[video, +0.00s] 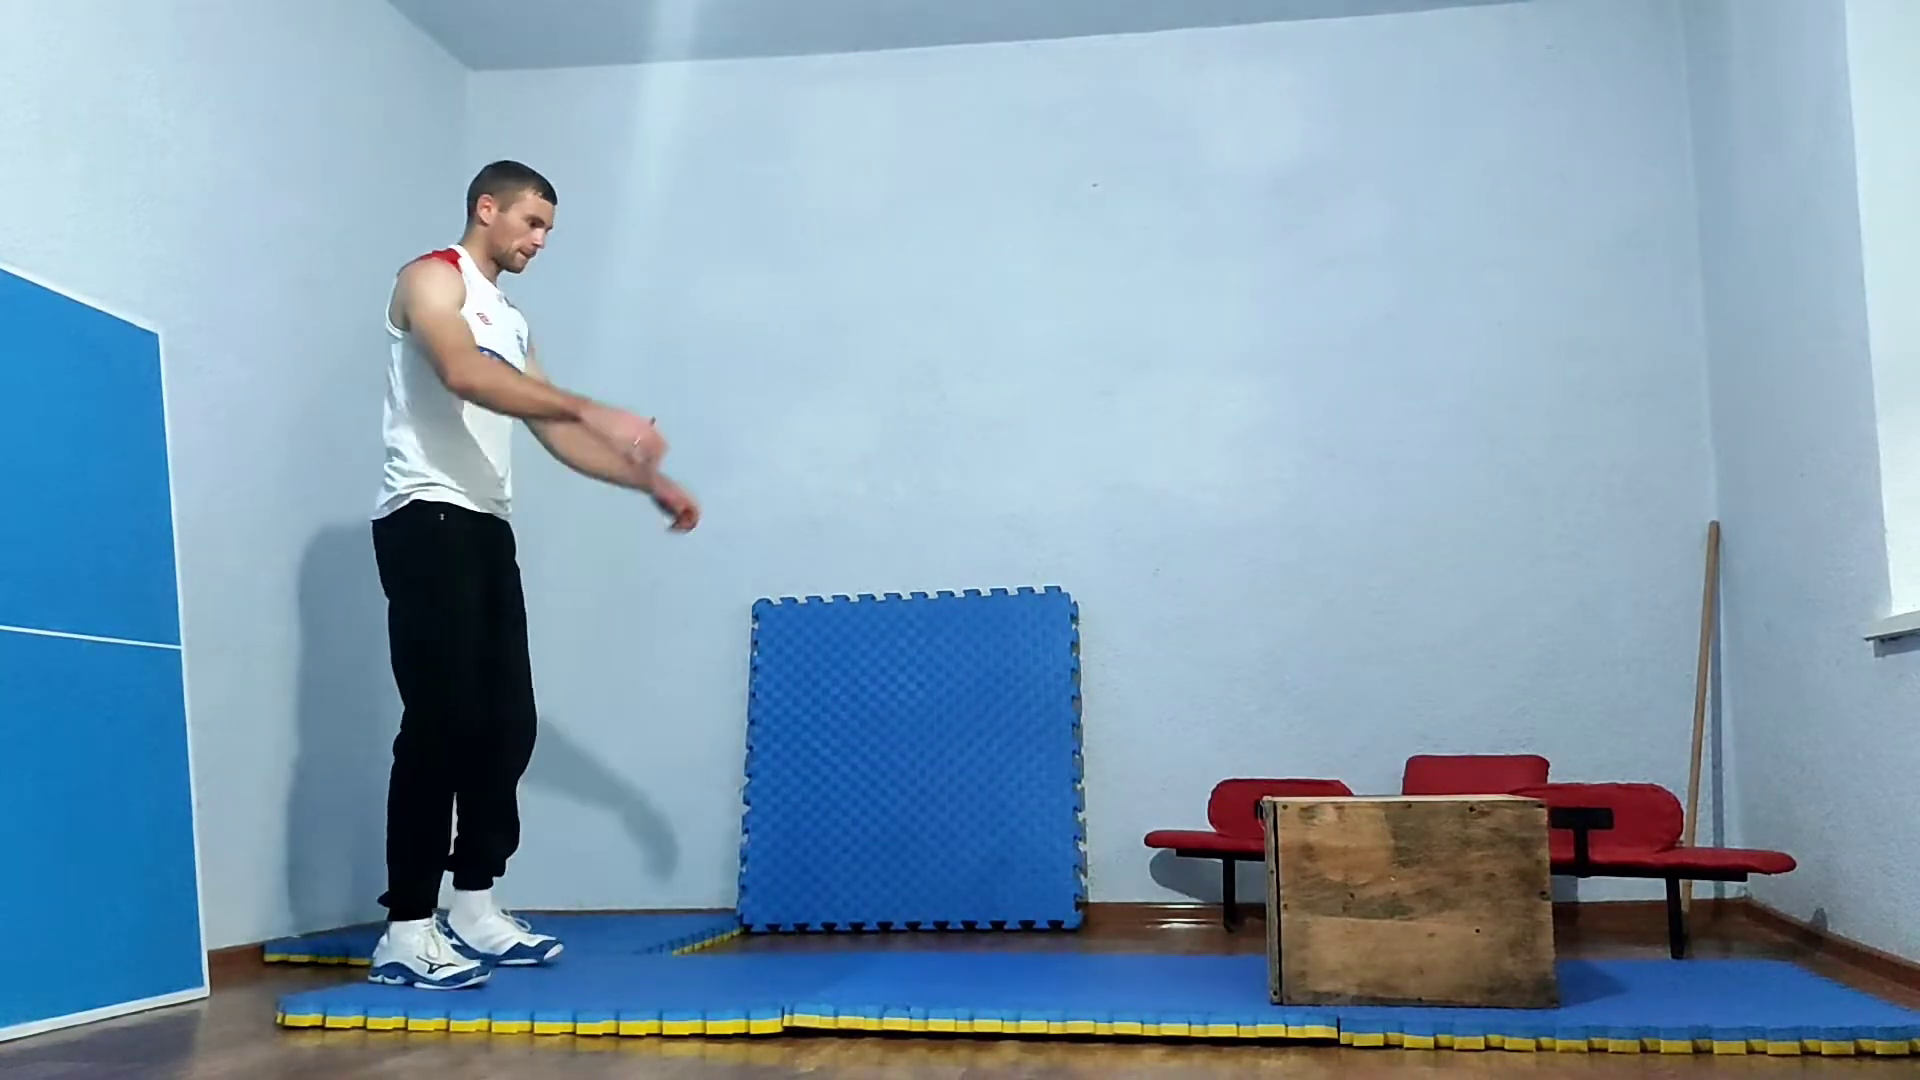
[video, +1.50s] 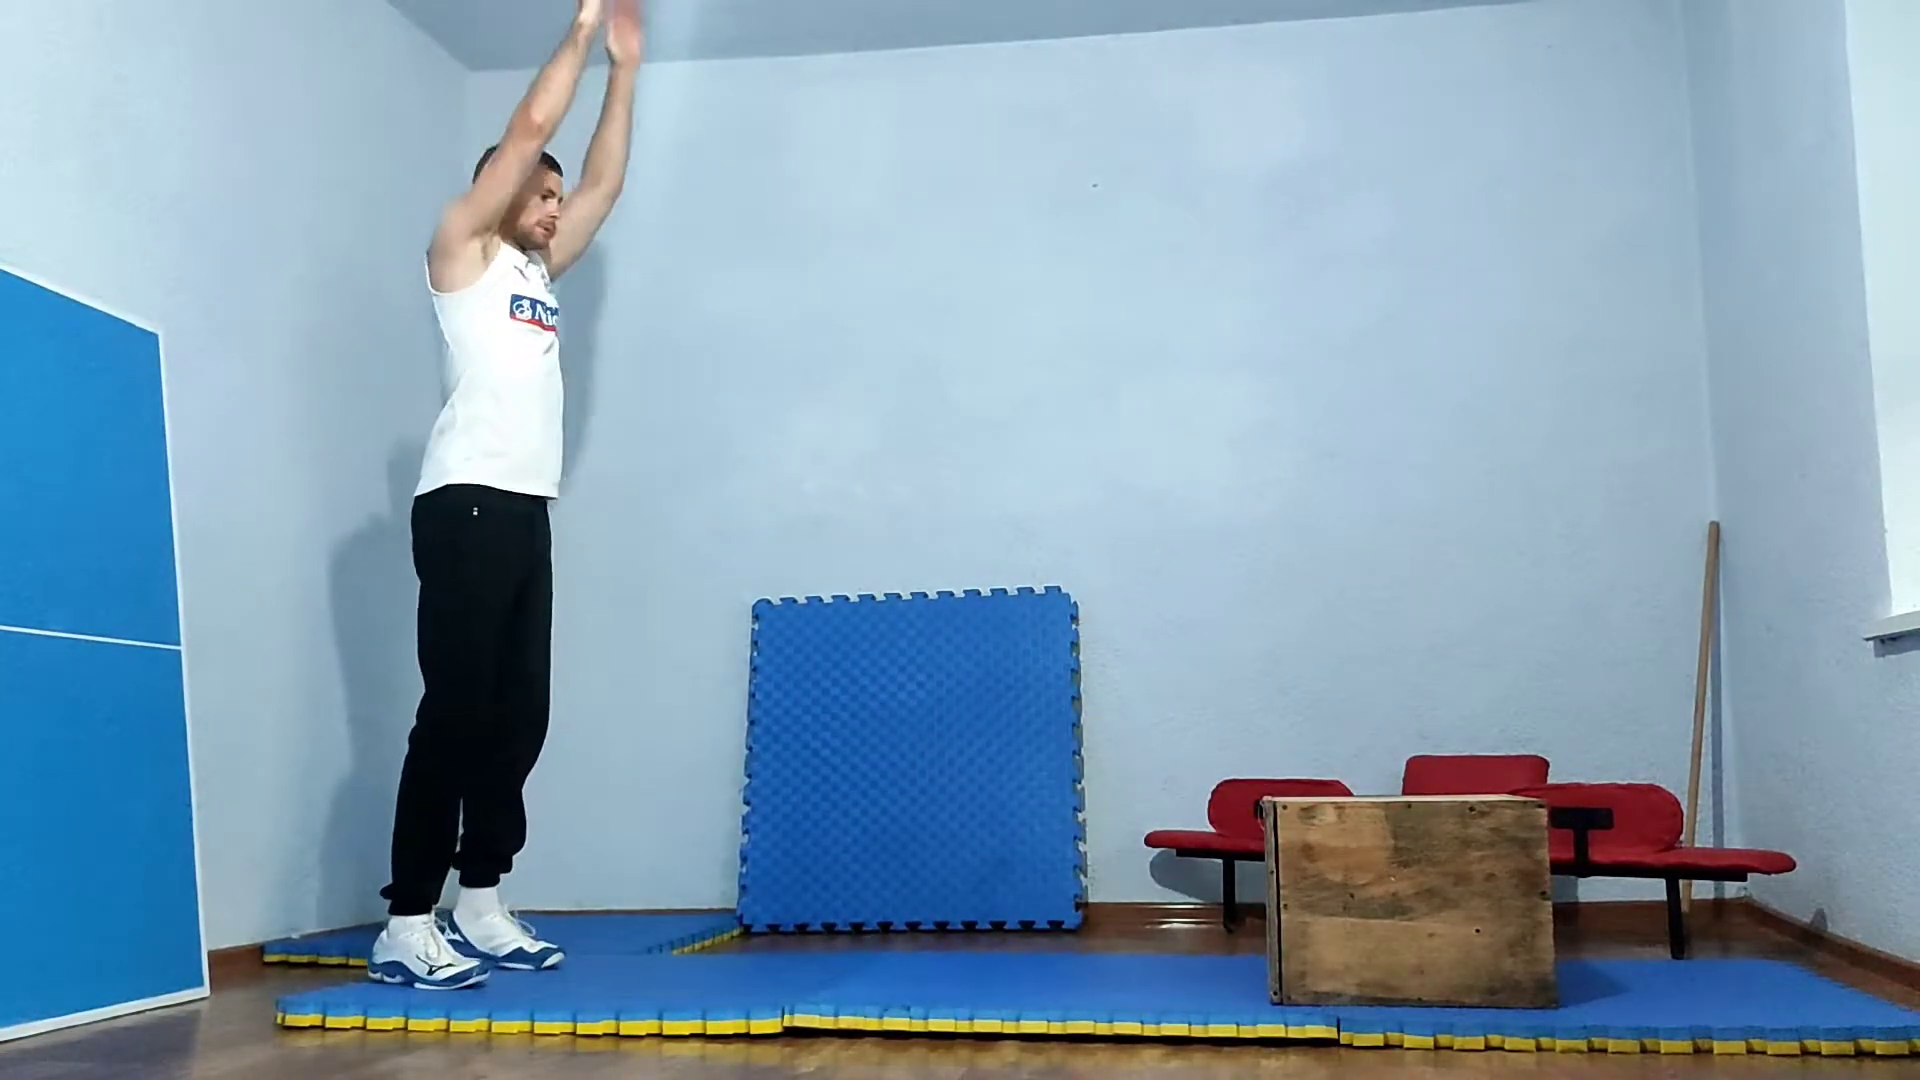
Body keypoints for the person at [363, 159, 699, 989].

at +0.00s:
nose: (539, 241)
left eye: (546, 230)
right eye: (532, 223)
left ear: (527, 232)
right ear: (484, 208)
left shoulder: (507, 317)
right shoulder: (430, 278)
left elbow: (555, 428)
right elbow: (466, 374)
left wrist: (647, 481)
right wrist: (588, 412)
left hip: (486, 534)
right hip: (426, 526)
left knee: (506, 721)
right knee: (439, 718)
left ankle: (472, 908)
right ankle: (407, 927)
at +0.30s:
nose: (534, 224)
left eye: (536, 212)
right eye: (521, 208)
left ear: (521, 219)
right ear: (474, 206)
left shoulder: (517, 294)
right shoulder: (434, 273)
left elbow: (618, 268)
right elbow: (509, 198)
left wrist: (694, 197)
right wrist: (622, 132)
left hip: (495, 525)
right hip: (438, 521)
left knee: (499, 726)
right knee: (454, 718)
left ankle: (468, 908)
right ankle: (406, 927)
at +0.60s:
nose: (532, 201)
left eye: (538, 192)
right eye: (517, 187)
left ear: (534, 206)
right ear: (481, 191)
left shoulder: (522, 273)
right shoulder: (448, 253)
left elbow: (576, 181)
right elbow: (484, 117)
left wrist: (594, 66)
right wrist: (532, 23)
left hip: (522, 515)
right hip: (462, 513)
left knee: (516, 719)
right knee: (462, 717)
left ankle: (474, 906)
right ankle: (408, 924)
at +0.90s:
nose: (534, 199)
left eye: (539, 189)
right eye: (519, 184)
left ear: (536, 201)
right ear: (482, 186)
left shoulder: (525, 264)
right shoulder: (454, 241)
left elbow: (563, 169)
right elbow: (479, 99)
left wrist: (561, 50)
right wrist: (502, 6)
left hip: (537, 505)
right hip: (477, 500)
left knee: (523, 711)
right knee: (464, 709)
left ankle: (482, 902)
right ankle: (411, 920)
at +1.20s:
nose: (542, 199)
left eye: (547, 188)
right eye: (527, 184)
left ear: (544, 198)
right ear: (489, 185)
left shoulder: (530, 262)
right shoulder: (460, 237)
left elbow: (570, 172)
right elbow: (491, 98)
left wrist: (569, 56)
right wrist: (518, 9)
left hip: (539, 505)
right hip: (477, 499)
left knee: (524, 712)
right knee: (458, 706)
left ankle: (484, 901)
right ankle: (410, 918)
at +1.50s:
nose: (555, 206)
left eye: (560, 195)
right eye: (541, 190)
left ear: (552, 209)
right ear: (498, 190)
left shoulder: (536, 272)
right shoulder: (465, 248)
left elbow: (603, 182)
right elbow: (531, 126)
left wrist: (624, 68)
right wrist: (585, 29)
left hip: (526, 517)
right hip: (465, 510)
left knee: (518, 719)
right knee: (457, 712)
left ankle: (478, 905)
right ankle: (406, 925)